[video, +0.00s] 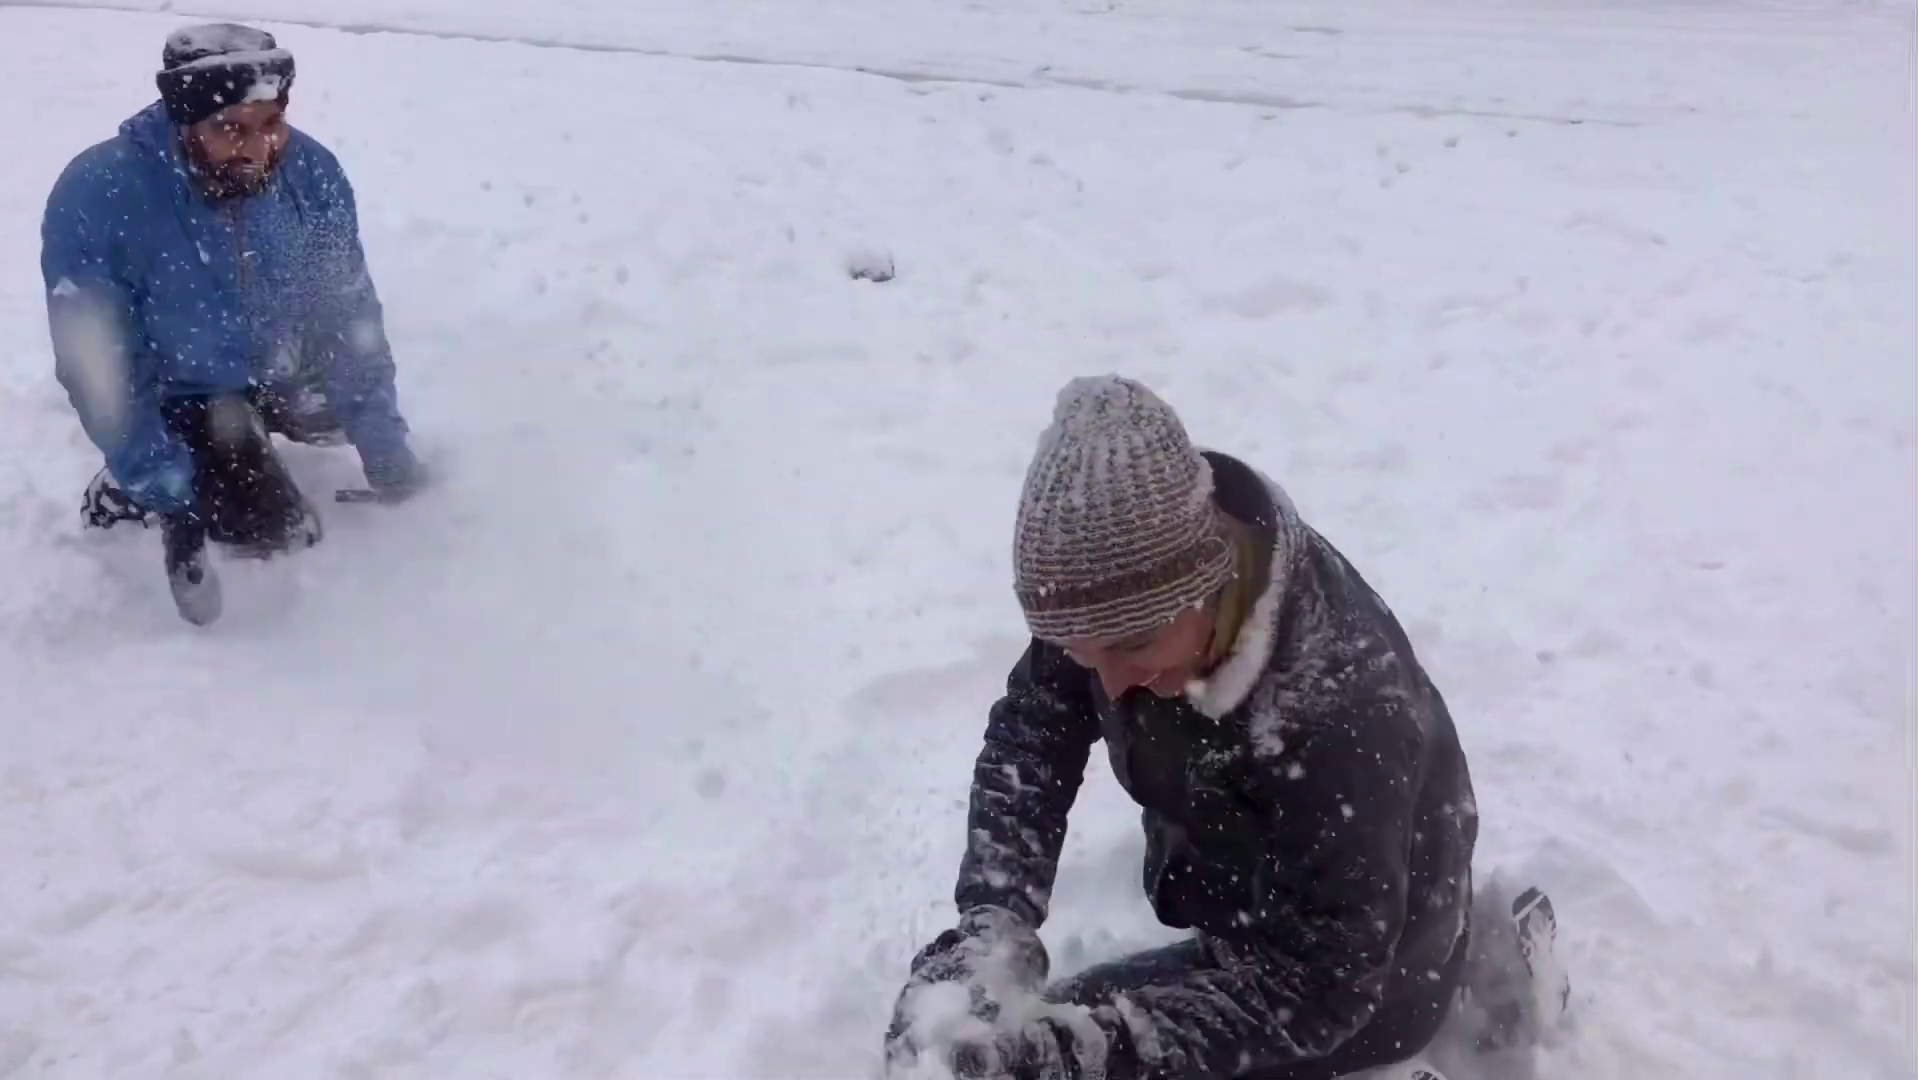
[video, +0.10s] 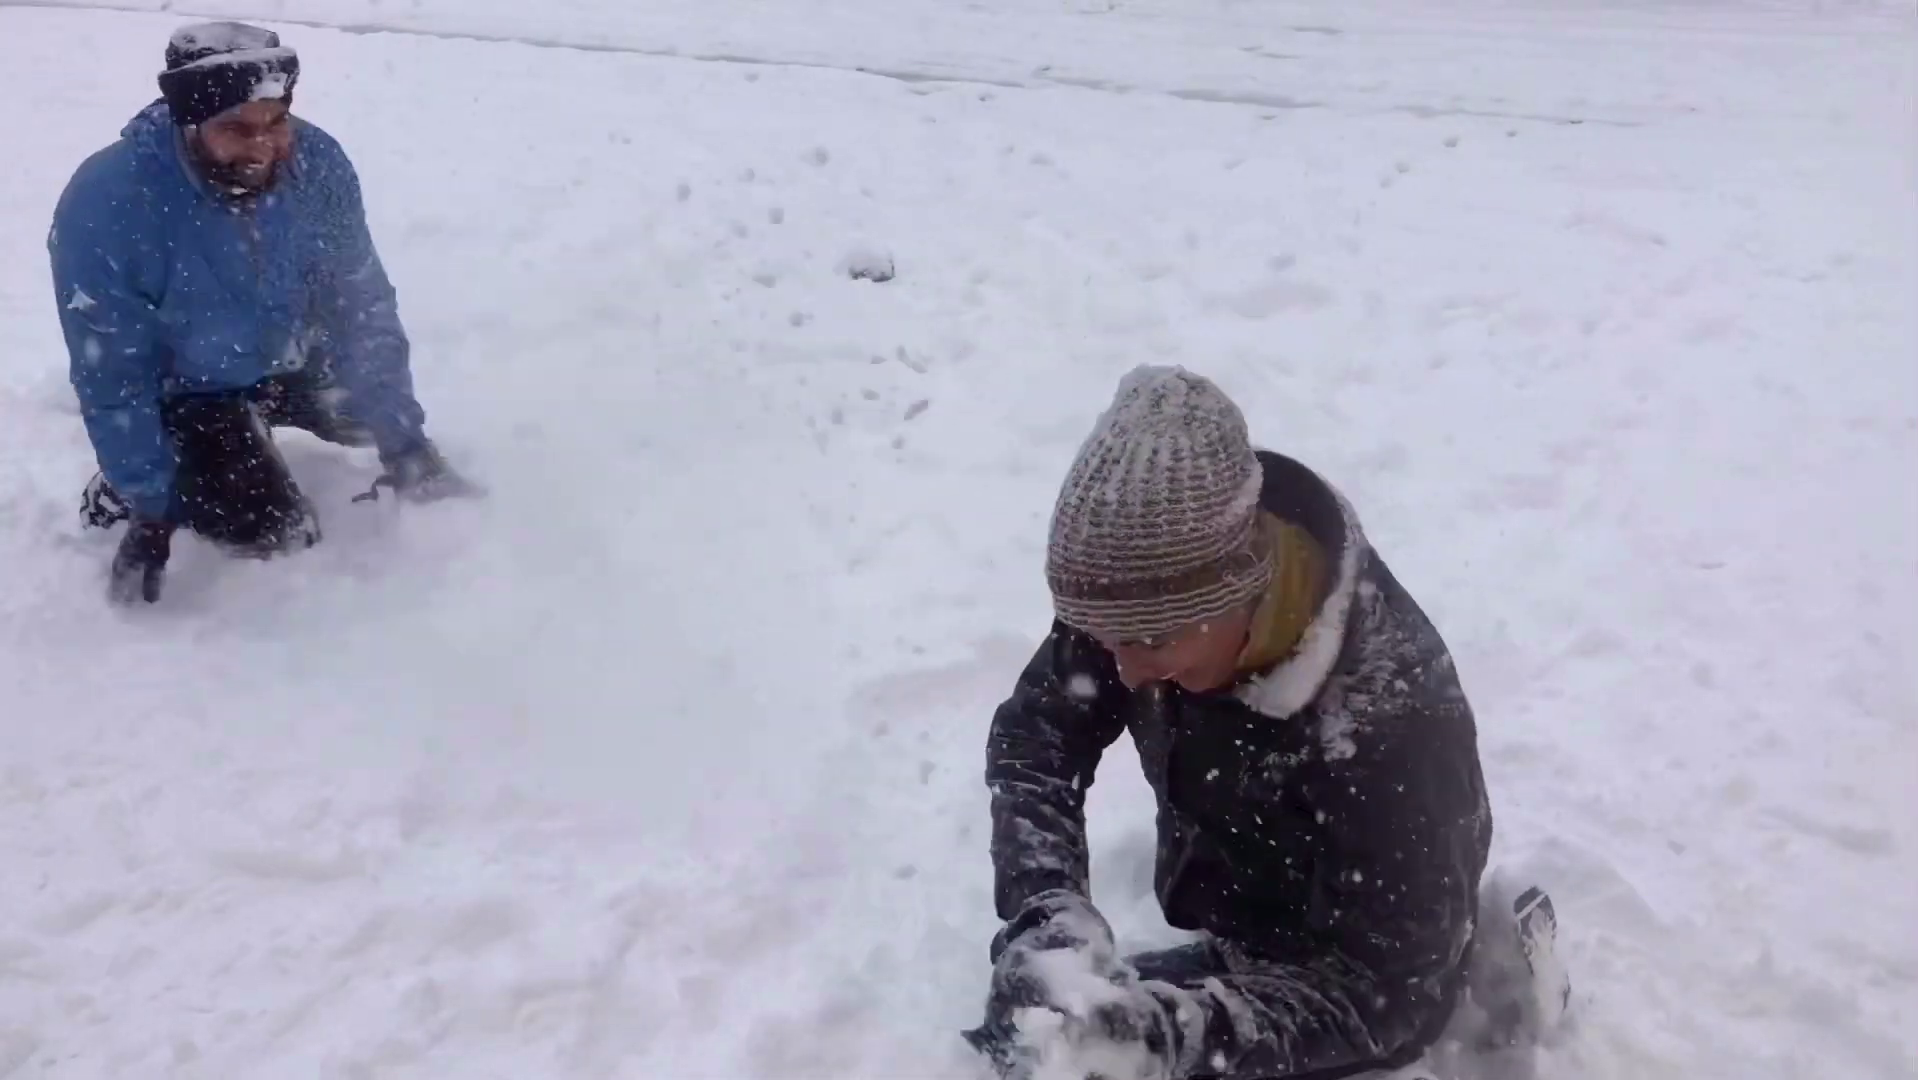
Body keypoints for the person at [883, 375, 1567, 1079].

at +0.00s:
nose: (1112, 685)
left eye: (1137, 646)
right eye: (1086, 652)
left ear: (1205, 584)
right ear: (1057, 598)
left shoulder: (1345, 716)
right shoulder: (1118, 558)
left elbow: (1322, 990)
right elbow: (1036, 733)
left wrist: (1080, 1043)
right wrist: (994, 939)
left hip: (1352, 989)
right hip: (1229, 894)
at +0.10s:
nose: (1128, 672)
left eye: (1152, 640)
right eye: (1106, 637)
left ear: (1238, 591)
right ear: (1085, 596)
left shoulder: (1389, 720)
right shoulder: (1150, 566)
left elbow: (1385, 994)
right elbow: (1039, 734)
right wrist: (1045, 919)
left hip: (1356, 966)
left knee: (1062, 1033)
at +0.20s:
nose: (1133, 644)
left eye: (1157, 621)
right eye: (1123, 613)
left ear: (1251, 592)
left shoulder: (1428, 716)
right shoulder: (1172, 559)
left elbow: (1413, 993)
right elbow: (1042, 717)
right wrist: (1103, 886)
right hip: (1207, 913)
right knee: (1043, 1052)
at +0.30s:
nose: (1134, 616)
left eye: (1163, 602)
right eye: (1131, 588)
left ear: (1259, 585)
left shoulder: (1444, 710)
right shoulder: (1196, 544)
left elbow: (1430, 977)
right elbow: (1043, 700)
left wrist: (1333, 991)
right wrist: (1128, 856)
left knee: (1055, 1052)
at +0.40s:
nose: (1149, 577)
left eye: (1170, 564)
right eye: (1149, 551)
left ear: (1254, 572)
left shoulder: (1456, 702)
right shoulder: (1218, 509)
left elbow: (1420, 995)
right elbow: (1042, 664)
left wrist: (1342, 927)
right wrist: (1162, 796)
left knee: (1047, 1048)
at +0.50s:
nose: (1150, 529)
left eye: (1173, 521)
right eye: (1151, 509)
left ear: (1274, 534)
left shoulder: (1432, 691)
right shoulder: (1243, 493)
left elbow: (1386, 989)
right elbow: (1034, 614)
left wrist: (1324, 862)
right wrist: (1172, 723)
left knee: (1042, 1046)